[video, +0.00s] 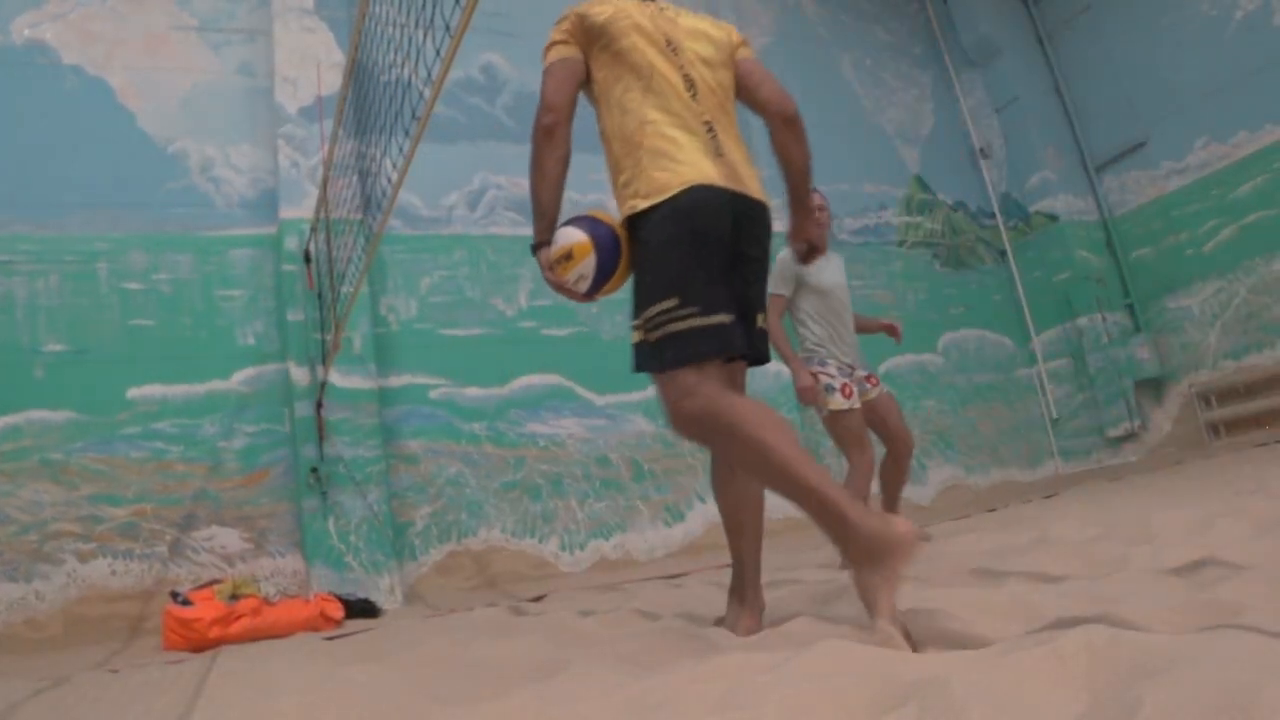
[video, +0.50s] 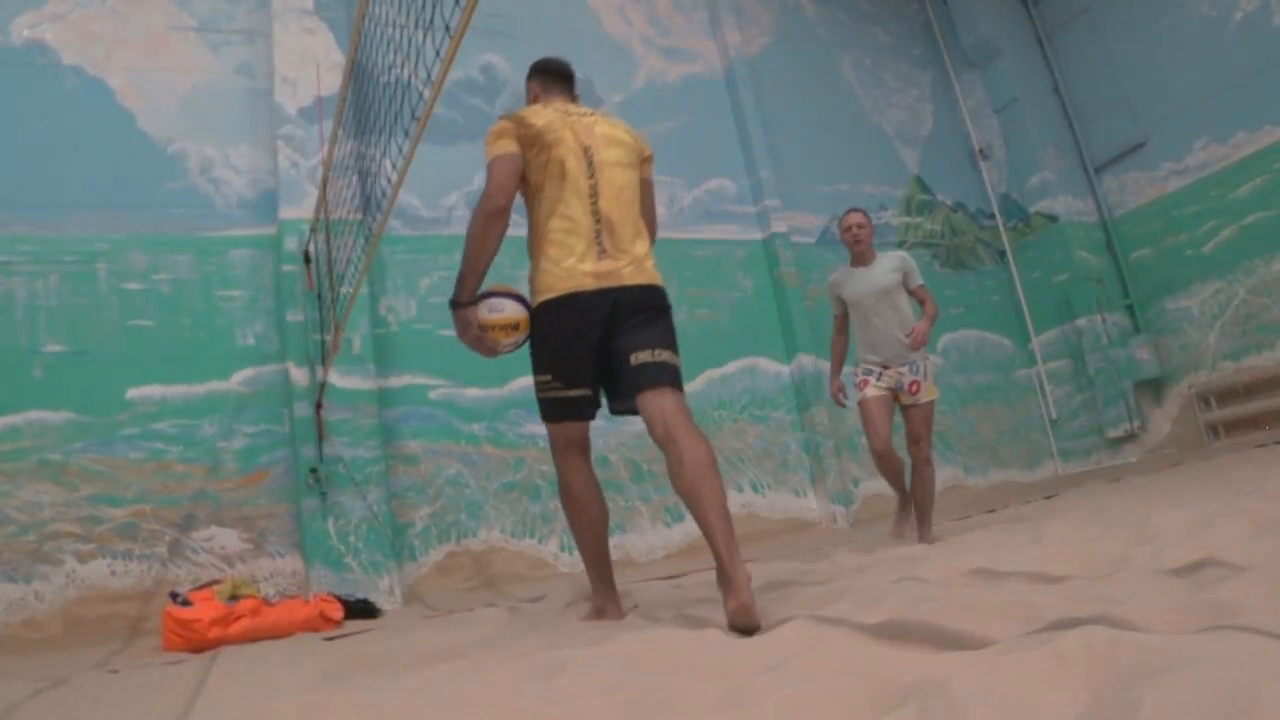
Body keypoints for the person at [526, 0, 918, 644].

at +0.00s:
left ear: (602, 4)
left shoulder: (585, 18)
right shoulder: (713, 30)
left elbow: (552, 118)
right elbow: (783, 110)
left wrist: (544, 235)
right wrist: (802, 208)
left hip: (675, 206)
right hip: (747, 208)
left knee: (690, 403)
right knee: (726, 404)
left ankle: (868, 536)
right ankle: (747, 601)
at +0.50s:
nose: (528, 104)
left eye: (528, 96)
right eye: (535, 96)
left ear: (532, 92)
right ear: (576, 93)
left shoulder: (518, 125)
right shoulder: (627, 135)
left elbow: (497, 204)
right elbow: (646, 228)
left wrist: (463, 299)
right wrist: (602, 275)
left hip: (564, 303)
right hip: (640, 292)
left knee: (571, 448)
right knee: (674, 422)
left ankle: (605, 597)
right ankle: (734, 577)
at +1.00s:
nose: (475, 183)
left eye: (471, 176)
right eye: (485, 174)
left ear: (472, 174)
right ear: (510, 170)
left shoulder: (458, 203)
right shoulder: (552, 197)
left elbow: (449, 285)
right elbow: (598, 247)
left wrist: (443, 364)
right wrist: (650, 294)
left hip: (511, 341)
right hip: (565, 339)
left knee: (558, 468)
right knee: (545, 467)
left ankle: (608, 596)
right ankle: (547, 593)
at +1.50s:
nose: (441, 233)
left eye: (441, 227)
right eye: (445, 228)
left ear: (446, 224)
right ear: (478, 224)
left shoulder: (435, 254)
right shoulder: (512, 255)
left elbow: (420, 324)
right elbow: (548, 320)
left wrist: (443, 374)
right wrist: (531, 372)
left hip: (461, 385)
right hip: (516, 383)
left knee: (450, 477)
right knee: (523, 484)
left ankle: (483, 576)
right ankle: (538, 596)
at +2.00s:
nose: (406, 269)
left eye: (405, 264)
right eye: (412, 263)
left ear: (407, 263)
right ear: (437, 261)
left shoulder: (394, 300)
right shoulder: (468, 289)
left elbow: (383, 369)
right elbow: (501, 336)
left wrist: (387, 427)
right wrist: (503, 381)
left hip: (428, 413)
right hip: (473, 408)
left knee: (450, 508)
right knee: (479, 482)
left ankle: (474, 599)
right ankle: (489, 560)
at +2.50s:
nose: (413, 306)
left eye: (412, 301)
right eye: (421, 302)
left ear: (411, 300)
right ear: (437, 303)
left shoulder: (390, 330)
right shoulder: (457, 332)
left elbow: (370, 387)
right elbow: (480, 382)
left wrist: (369, 432)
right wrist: (472, 415)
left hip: (407, 439)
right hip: (449, 438)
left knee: (399, 506)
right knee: (456, 520)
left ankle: (411, 558)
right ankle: (468, 601)